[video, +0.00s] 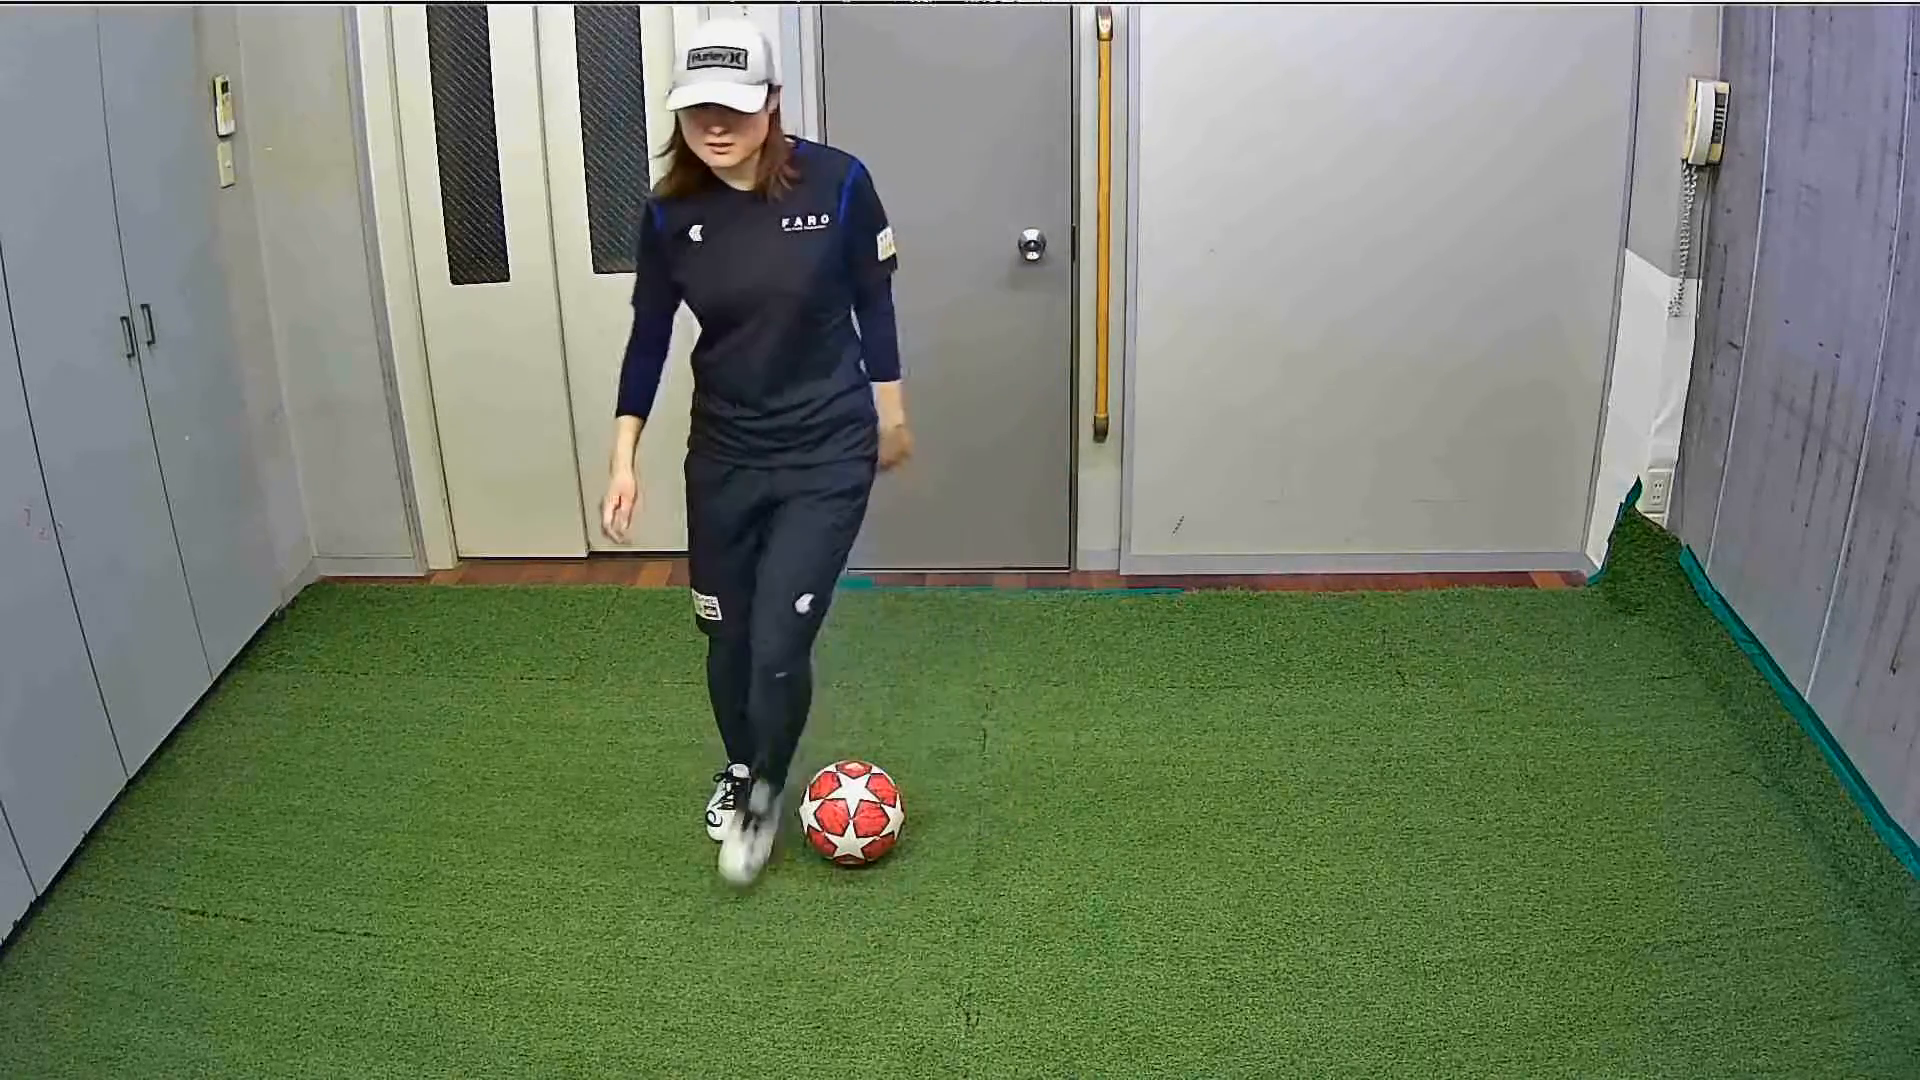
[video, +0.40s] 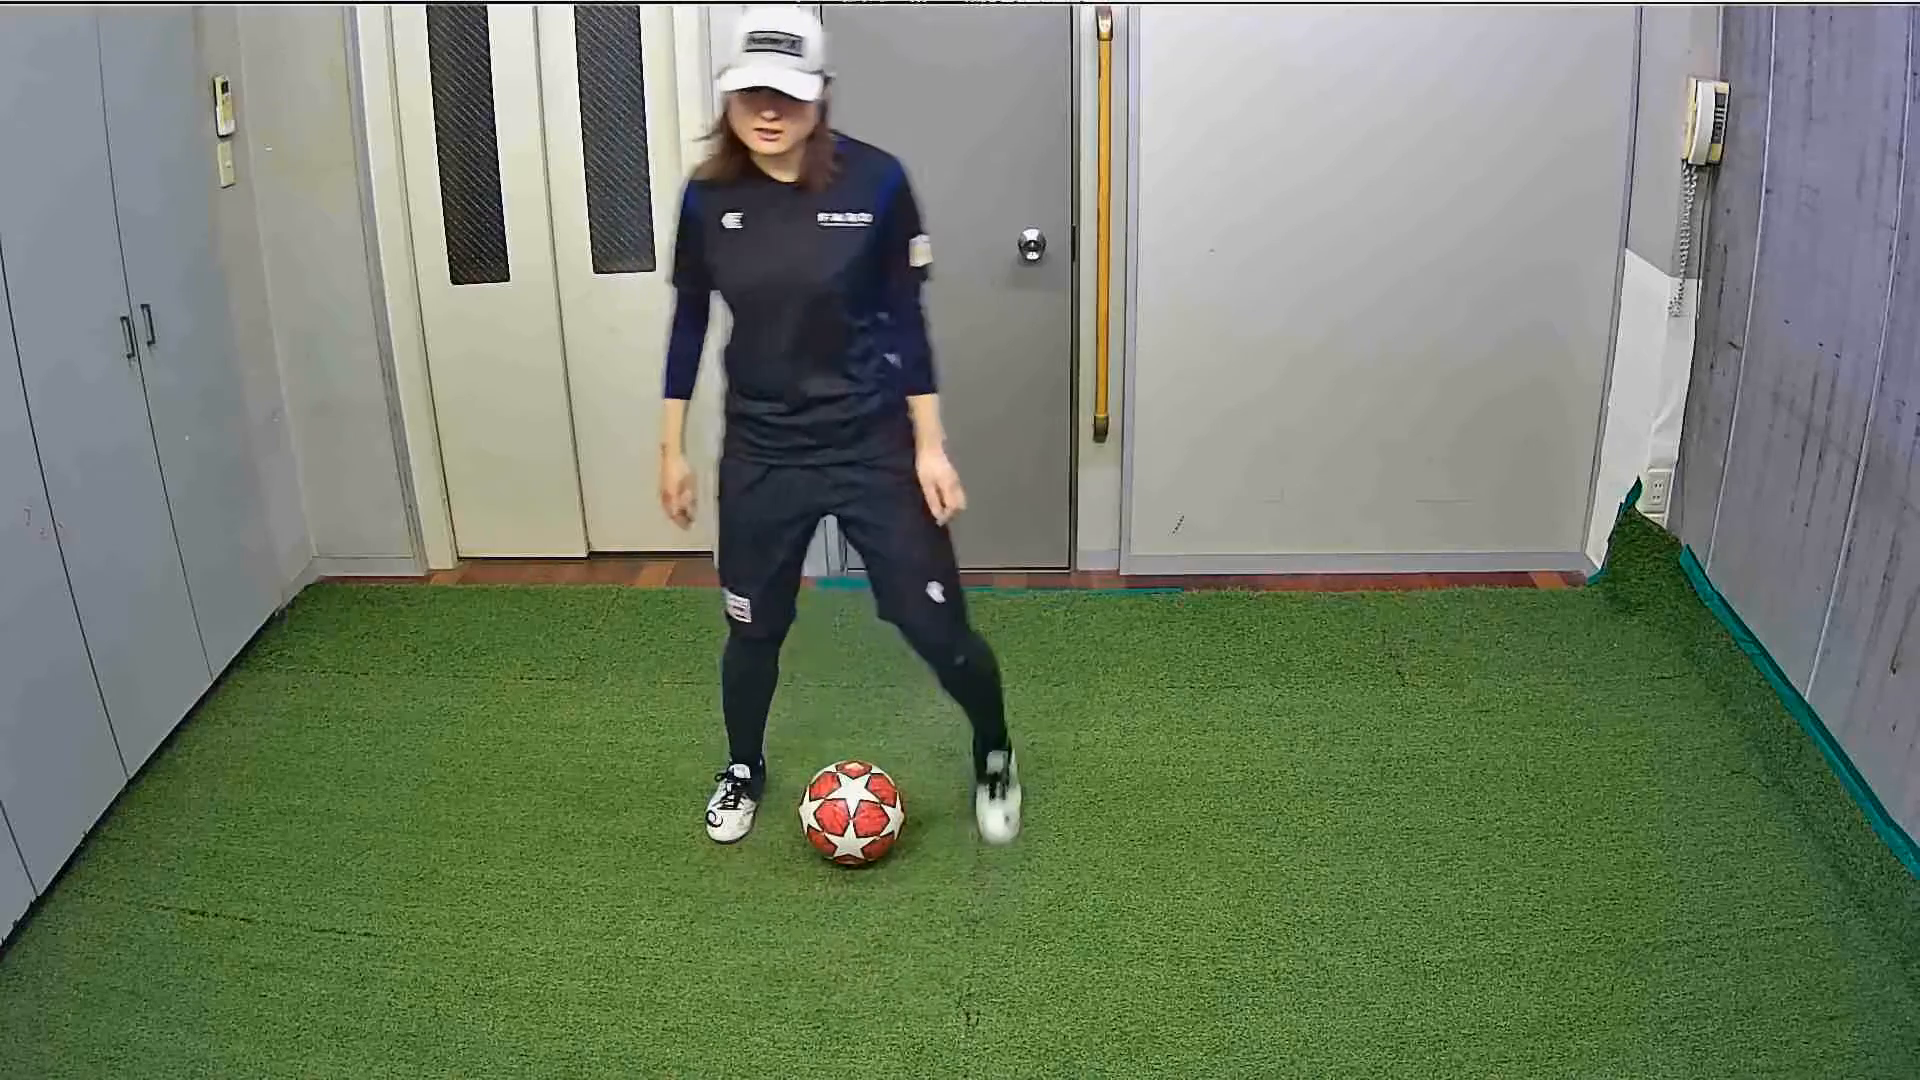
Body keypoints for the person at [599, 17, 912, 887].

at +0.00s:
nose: (715, 124)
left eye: (735, 107)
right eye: (698, 108)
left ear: (773, 106)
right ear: (678, 114)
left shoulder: (837, 183)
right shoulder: (671, 212)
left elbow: (874, 298)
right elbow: (647, 340)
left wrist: (892, 411)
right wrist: (623, 461)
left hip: (828, 450)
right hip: (724, 452)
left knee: (778, 643)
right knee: (727, 634)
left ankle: (765, 794)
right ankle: (740, 772)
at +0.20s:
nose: (724, 120)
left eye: (742, 103)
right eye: (707, 104)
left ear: (776, 104)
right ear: (684, 110)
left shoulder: (837, 179)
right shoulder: (663, 208)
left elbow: (872, 303)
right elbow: (649, 340)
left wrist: (897, 426)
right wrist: (632, 469)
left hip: (838, 436)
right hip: (729, 447)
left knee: (854, 633)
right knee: (734, 628)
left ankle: (888, 828)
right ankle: (741, 772)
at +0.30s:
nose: (751, 114)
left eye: (772, 98)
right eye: (734, 95)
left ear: (803, 100)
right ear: (708, 99)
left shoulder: (858, 182)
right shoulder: (689, 197)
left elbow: (886, 313)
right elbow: (673, 324)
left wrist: (915, 437)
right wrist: (657, 452)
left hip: (857, 437)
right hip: (747, 446)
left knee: (915, 619)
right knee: (743, 624)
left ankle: (984, 788)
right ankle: (744, 772)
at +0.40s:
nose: (770, 110)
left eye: (789, 94)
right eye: (752, 93)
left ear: (820, 98)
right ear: (727, 99)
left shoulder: (876, 182)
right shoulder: (708, 194)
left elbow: (907, 316)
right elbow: (689, 316)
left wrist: (931, 445)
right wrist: (671, 445)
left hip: (873, 443)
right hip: (761, 447)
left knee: (930, 621)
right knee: (752, 624)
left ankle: (994, 747)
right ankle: (742, 772)